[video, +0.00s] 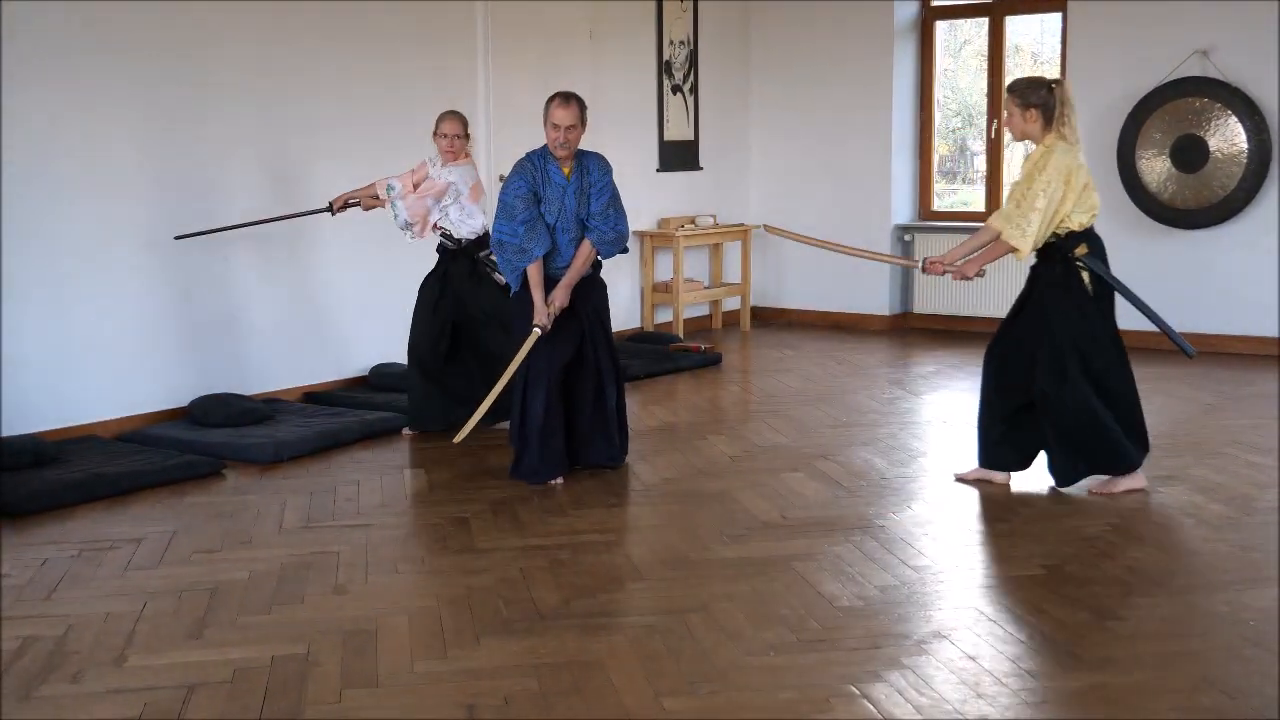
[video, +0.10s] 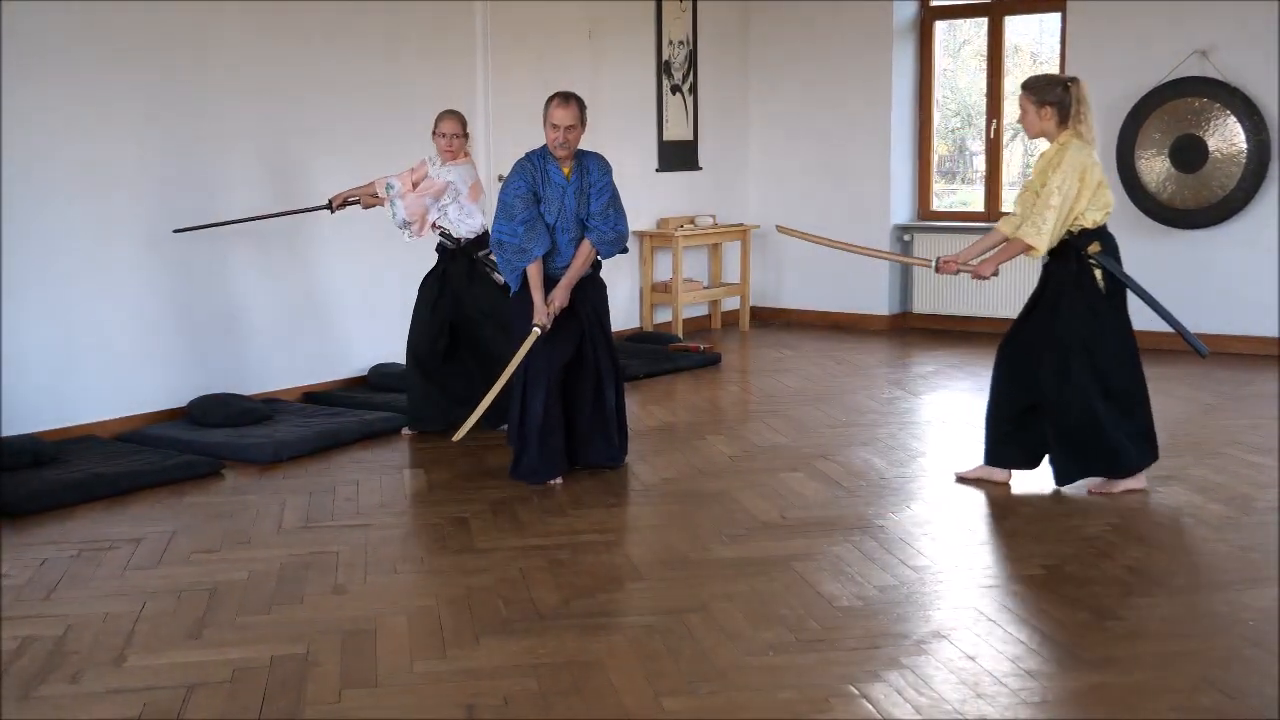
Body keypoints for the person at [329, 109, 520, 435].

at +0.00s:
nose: (449, 143)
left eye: (456, 137)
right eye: (443, 136)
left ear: (466, 140)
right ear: (435, 138)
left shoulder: (462, 172)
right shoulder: (434, 167)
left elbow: (418, 201)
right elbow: (396, 183)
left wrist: (380, 201)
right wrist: (350, 195)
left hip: (476, 262)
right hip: (449, 262)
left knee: (487, 335)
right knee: (427, 337)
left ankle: (508, 411)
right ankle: (424, 417)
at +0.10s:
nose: (448, 142)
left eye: (455, 136)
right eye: (442, 136)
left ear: (466, 139)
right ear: (434, 137)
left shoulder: (462, 171)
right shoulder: (432, 166)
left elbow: (419, 200)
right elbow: (395, 182)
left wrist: (378, 199)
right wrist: (350, 193)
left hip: (478, 262)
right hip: (448, 262)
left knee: (487, 337)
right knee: (426, 338)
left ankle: (504, 416)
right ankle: (421, 417)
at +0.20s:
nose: (448, 142)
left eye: (454, 136)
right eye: (441, 136)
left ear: (465, 139)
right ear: (434, 138)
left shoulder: (462, 171)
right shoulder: (432, 166)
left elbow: (420, 200)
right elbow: (395, 182)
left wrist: (377, 200)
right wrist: (350, 192)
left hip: (478, 262)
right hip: (448, 262)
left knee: (490, 337)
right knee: (424, 338)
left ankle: (510, 417)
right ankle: (419, 417)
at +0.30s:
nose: (448, 141)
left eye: (455, 135)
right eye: (442, 134)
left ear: (465, 138)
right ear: (434, 136)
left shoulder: (463, 169)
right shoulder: (432, 166)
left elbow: (420, 196)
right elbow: (395, 181)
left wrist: (378, 198)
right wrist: (348, 191)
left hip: (479, 260)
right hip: (449, 260)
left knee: (489, 337)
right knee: (425, 336)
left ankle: (510, 418)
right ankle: (420, 417)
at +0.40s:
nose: (447, 139)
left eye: (454, 133)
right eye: (441, 133)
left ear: (466, 138)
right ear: (434, 136)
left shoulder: (464, 169)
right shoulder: (433, 165)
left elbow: (422, 199)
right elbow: (395, 180)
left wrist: (377, 199)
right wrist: (349, 190)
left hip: (479, 260)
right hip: (450, 259)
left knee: (486, 337)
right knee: (425, 335)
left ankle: (507, 418)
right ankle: (418, 417)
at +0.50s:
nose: (446, 137)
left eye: (454, 132)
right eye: (441, 131)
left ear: (467, 137)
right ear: (434, 134)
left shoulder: (464, 167)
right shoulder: (436, 164)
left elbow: (424, 198)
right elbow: (396, 179)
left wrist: (377, 199)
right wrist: (349, 190)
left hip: (479, 258)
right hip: (451, 257)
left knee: (487, 338)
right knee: (426, 335)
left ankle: (508, 418)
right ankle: (417, 416)